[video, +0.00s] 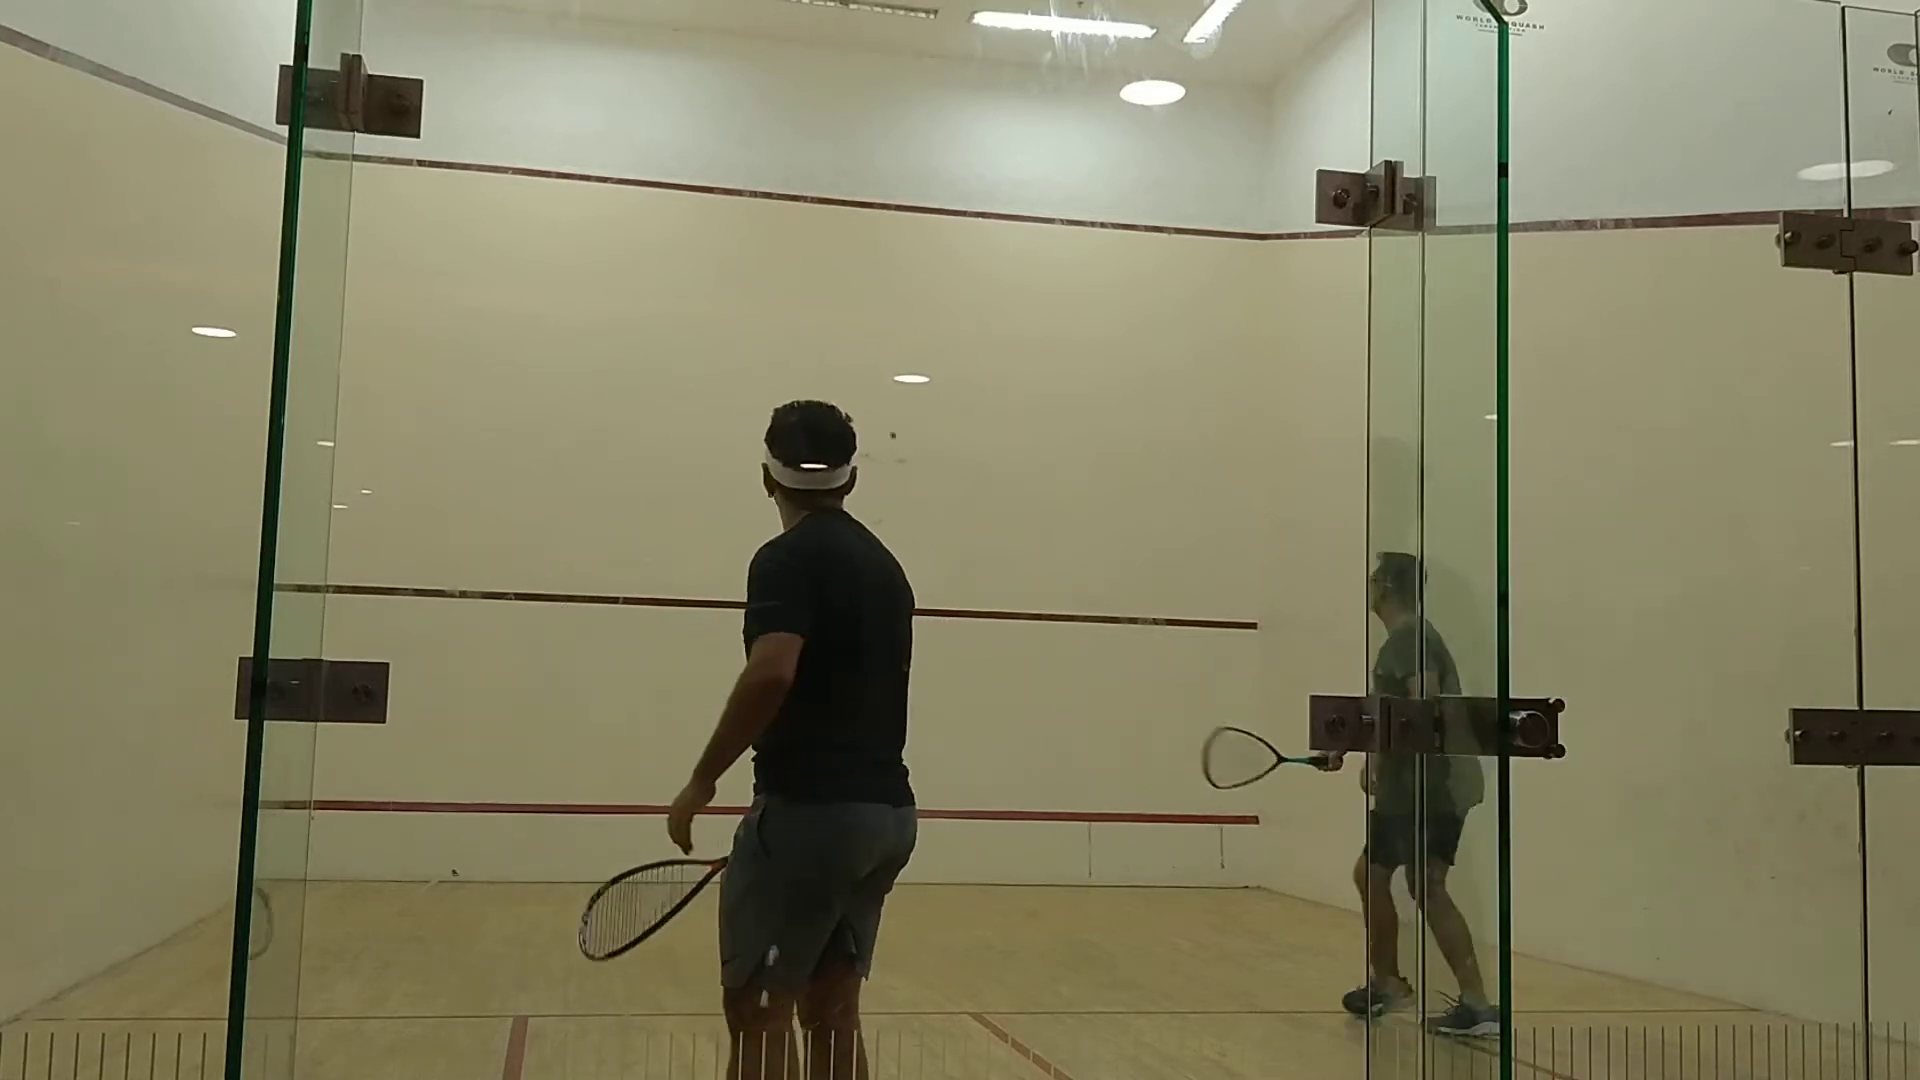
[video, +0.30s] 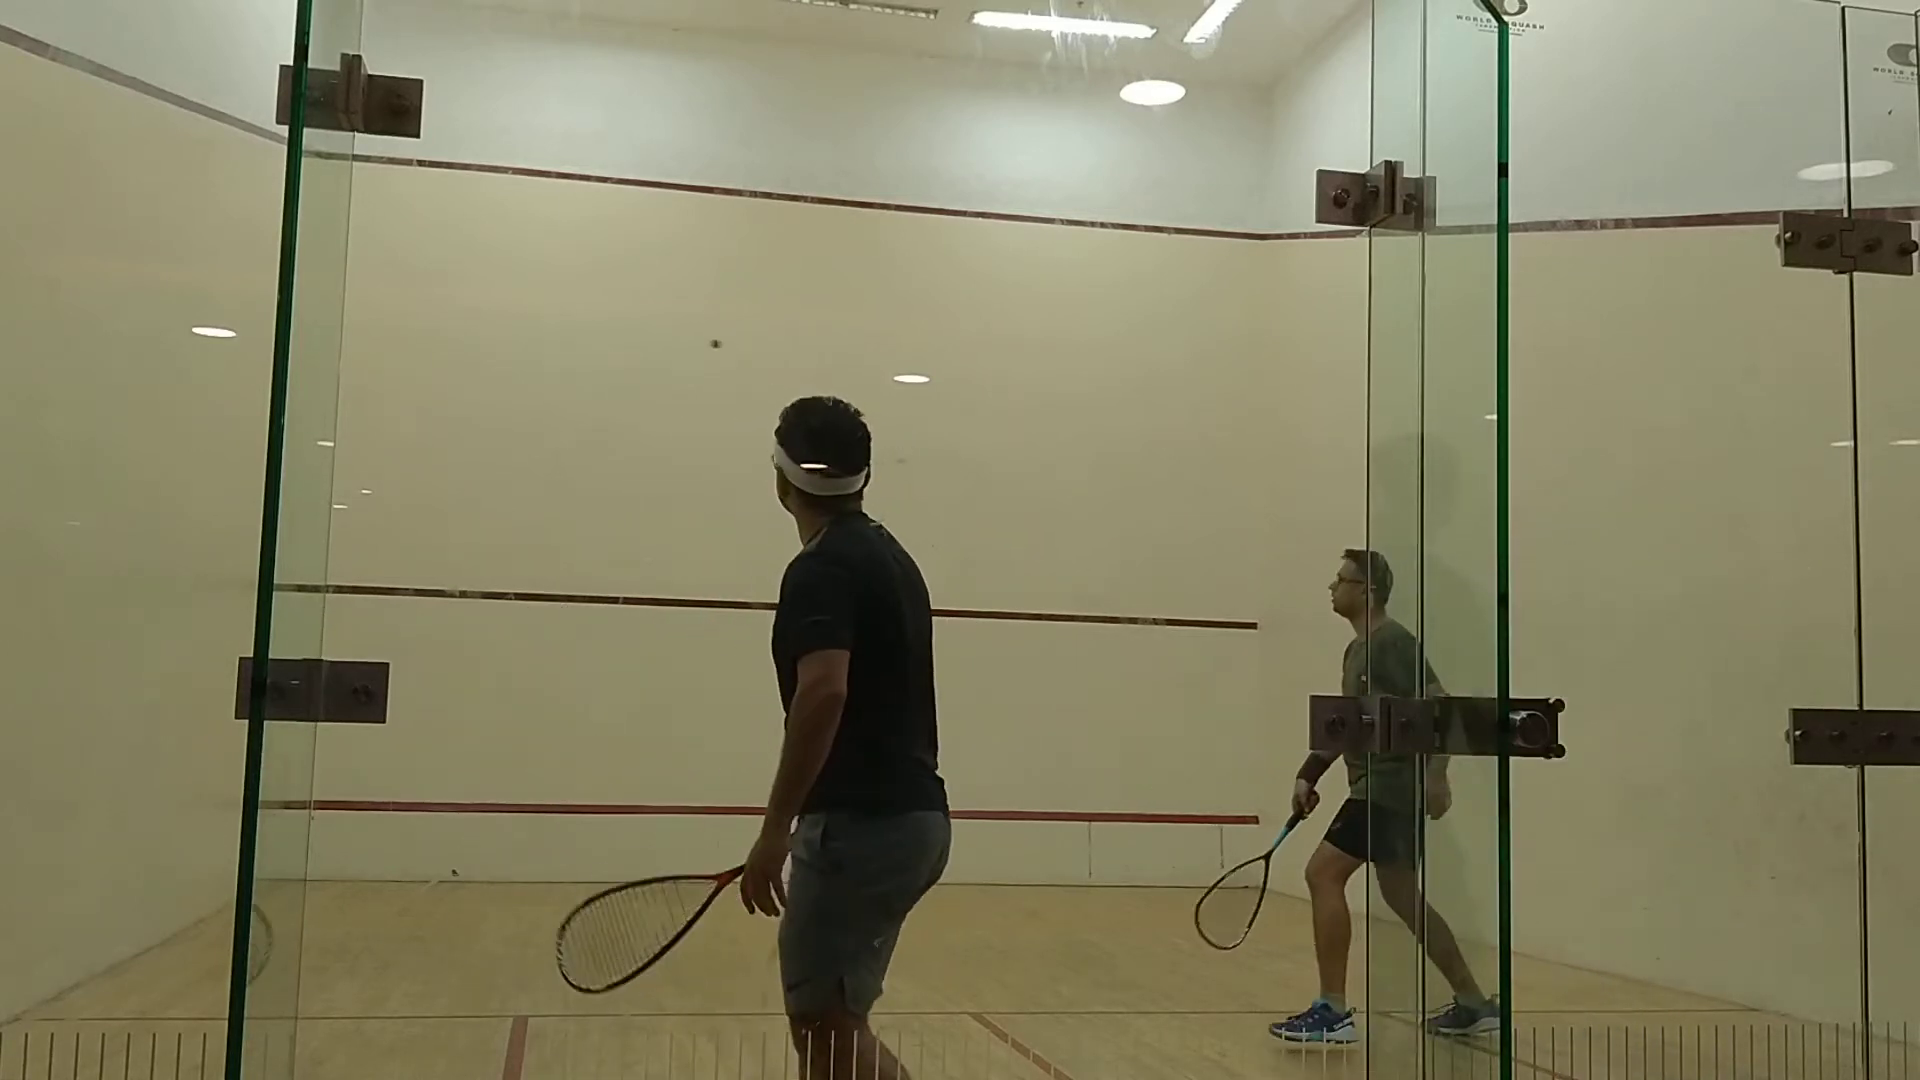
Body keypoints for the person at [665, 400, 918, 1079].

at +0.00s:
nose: (765, 478)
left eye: (767, 468)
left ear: (770, 479)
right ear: (850, 481)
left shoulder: (784, 559)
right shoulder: (882, 565)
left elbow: (773, 671)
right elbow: (862, 700)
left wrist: (700, 781)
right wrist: (780, 801)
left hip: (805, 818)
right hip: (883, 816)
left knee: (754, 1007)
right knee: (832, 1006)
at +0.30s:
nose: (773, 476)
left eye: (774, 464)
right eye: (779, 463)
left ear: (785, 482)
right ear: (861, 479)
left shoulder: (821, 567)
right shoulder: (889, 558)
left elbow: (823, 696)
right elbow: (891, 708)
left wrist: (774, 831)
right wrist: (813, 832)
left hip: (857, 830)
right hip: (908, 825)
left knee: (821, 1024)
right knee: (837, 1017)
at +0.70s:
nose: (747, 499)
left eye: (758, 480)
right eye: (748, 481)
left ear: (813, 483)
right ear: (812, 484)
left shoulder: (880, 571)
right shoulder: (829, 576)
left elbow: (911, 705)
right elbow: (841, 704)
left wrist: (862, 849)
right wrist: (785, 760)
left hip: (916, 843)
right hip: (838, 838)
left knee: (915, 1050)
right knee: (759, 1018)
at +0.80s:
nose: (733, 502)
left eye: (745, 483)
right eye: (731, 486)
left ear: (806, 479)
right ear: (799, 483)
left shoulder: (888, 572)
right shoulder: (781, 589)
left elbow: (944, 700)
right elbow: (788, 689)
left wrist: (908, 837)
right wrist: (757, 752)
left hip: (901, 853)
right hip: (812, 846)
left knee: (911, 1054)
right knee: (758, 1028)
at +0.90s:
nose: (711, 509)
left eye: (724, 489)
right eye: (708, 493)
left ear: (786, 485)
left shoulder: (887, 577)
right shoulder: (754, 597)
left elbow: (971, 697)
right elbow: (760, 706)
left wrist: (952, 826)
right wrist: (736, 776)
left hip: (904, 856)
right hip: (805, 852)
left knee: (928, 1054)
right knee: (737, 1024)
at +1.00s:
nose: (687, 535)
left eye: (699, 514)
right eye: (683, 518)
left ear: (759, 506)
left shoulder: (868, 585)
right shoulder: (725, 628)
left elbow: (975, 695)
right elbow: (740, 743)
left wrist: (977, 825)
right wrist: (716, 830)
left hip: (906, 858)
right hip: (802, 851)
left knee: (921, 1058)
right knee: (695, 1009)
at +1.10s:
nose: (661, 577)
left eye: (673, 556)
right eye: (656, 561)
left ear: (734, 544)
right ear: (729, 547)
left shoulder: (857, 604)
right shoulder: (699, 677)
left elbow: (975, 702)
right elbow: (723, 812)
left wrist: (954, 817)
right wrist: (688, 822)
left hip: (904, 858)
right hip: (793, 864)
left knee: (898, 1054)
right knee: (694, 1034)